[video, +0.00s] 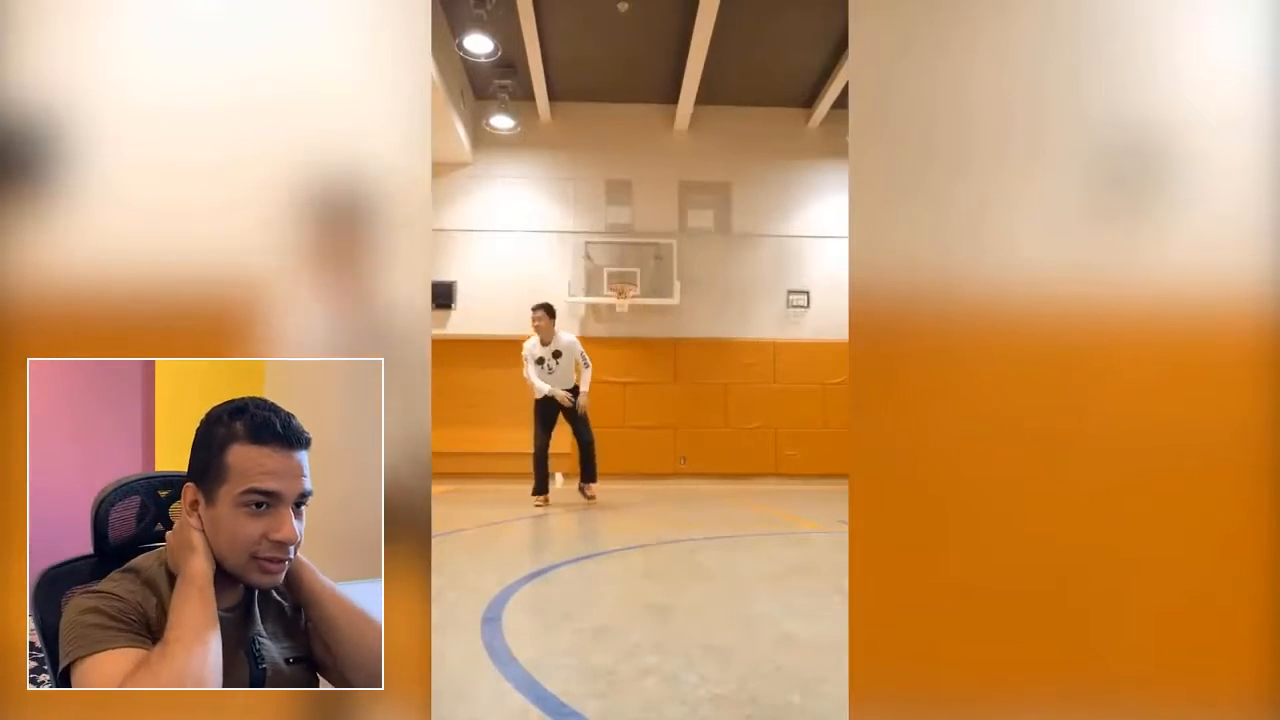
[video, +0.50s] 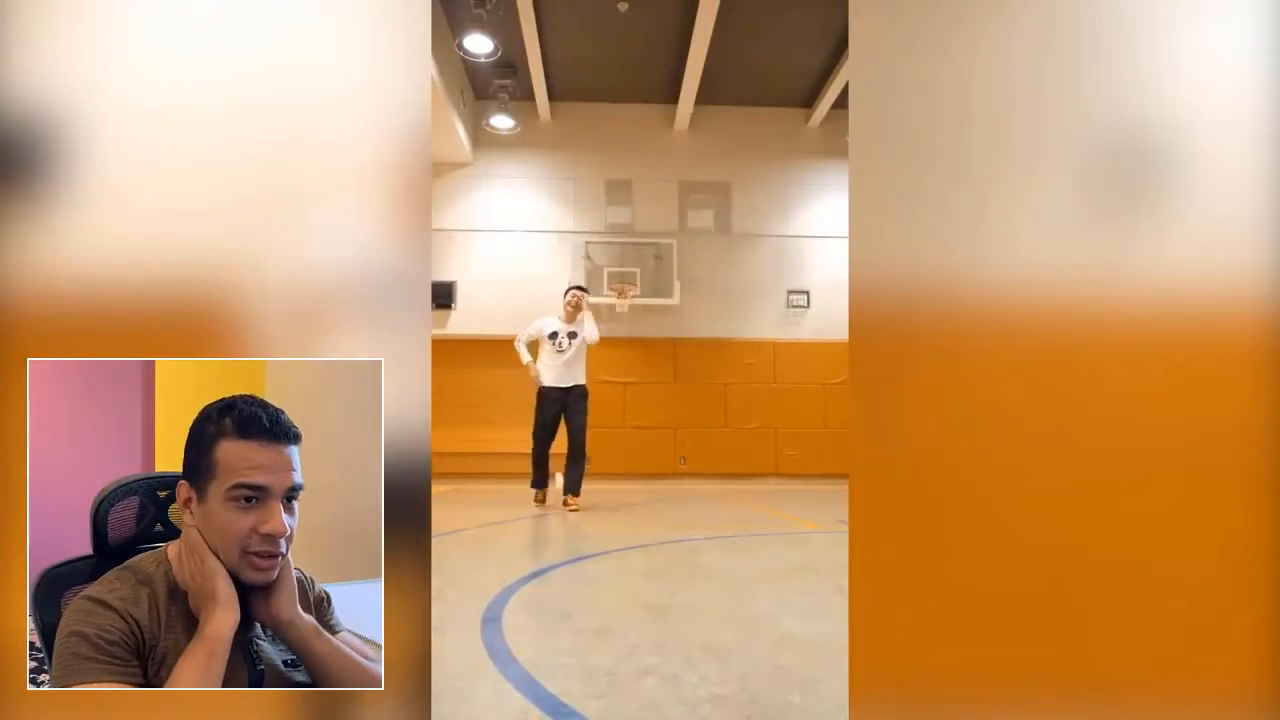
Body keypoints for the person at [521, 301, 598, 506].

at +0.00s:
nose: (534, 324)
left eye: (538, 319)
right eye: (533, 320)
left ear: (551, 321)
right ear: (532, 322)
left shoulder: (570, 341)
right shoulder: (530, 346)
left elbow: (587, 366)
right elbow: (532, 377)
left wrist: (583, 393)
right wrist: (553, 391)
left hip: (570, 394)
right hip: (544, 398)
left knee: (586, 439)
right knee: (540, 445)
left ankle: (587, 483)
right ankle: (541, 493)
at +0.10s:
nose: (545, 310)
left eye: (549, 307)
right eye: (542, 307)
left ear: (559, 310)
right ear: (538, 311)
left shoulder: (572, 334)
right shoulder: (530, 338)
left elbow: (586, 360)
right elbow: (525, 368)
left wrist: (580, 380)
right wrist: (545, 387)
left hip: (569, 394)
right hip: (542, 396)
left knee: (581, 439)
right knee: (539, 447)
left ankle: (579, 486)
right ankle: (540, 493)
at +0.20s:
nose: (552, 306)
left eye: (557, 303)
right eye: (549, 303)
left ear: (565, 308)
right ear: (544, 307)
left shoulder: (574, 333)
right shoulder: (533, 334)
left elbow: (585, 363)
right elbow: (519, 363)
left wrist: (582, 366)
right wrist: (535, 385)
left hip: (568, 393)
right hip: (543, 394)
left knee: (576, 440)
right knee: (538, 447)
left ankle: (578, 488)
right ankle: (540, 493)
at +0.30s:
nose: (558, 305)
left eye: (563, 302)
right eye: (555, 301)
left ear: (570, 308)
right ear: (549, 306)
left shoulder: (576, 333)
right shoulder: (536, 332)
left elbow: (587, 367)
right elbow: (517, 357)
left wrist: (583, 349)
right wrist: (529, 381)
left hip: (569, 395)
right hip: (543, 395)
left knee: (574, 443)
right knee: (538, 448)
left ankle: (574, 491)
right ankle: (540, 493)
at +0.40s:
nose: (570, 301)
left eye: (576, 299)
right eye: (567, 297)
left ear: (580, 306)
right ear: (560, 301)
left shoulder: (582, 329)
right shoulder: (542, 327)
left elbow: (592, 351)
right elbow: (518, 346)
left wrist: (582, 322)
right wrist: (528, 371)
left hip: (573, 393)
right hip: (546, 393)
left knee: (576, 443)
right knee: (541, 445)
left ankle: (570, 494)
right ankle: (540, 491)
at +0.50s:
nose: (575, 300)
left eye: (579, 298)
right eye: (572, 296)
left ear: (583, 306)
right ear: (563, 300)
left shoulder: (584, 326)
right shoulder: (545, 324)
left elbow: (592, 339)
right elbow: (520, 341)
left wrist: (587, 310)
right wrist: (530, 364)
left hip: (576, 390)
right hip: (549, 390)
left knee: (578, 442)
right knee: (541, 441)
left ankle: (571, 494)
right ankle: (540, 488)